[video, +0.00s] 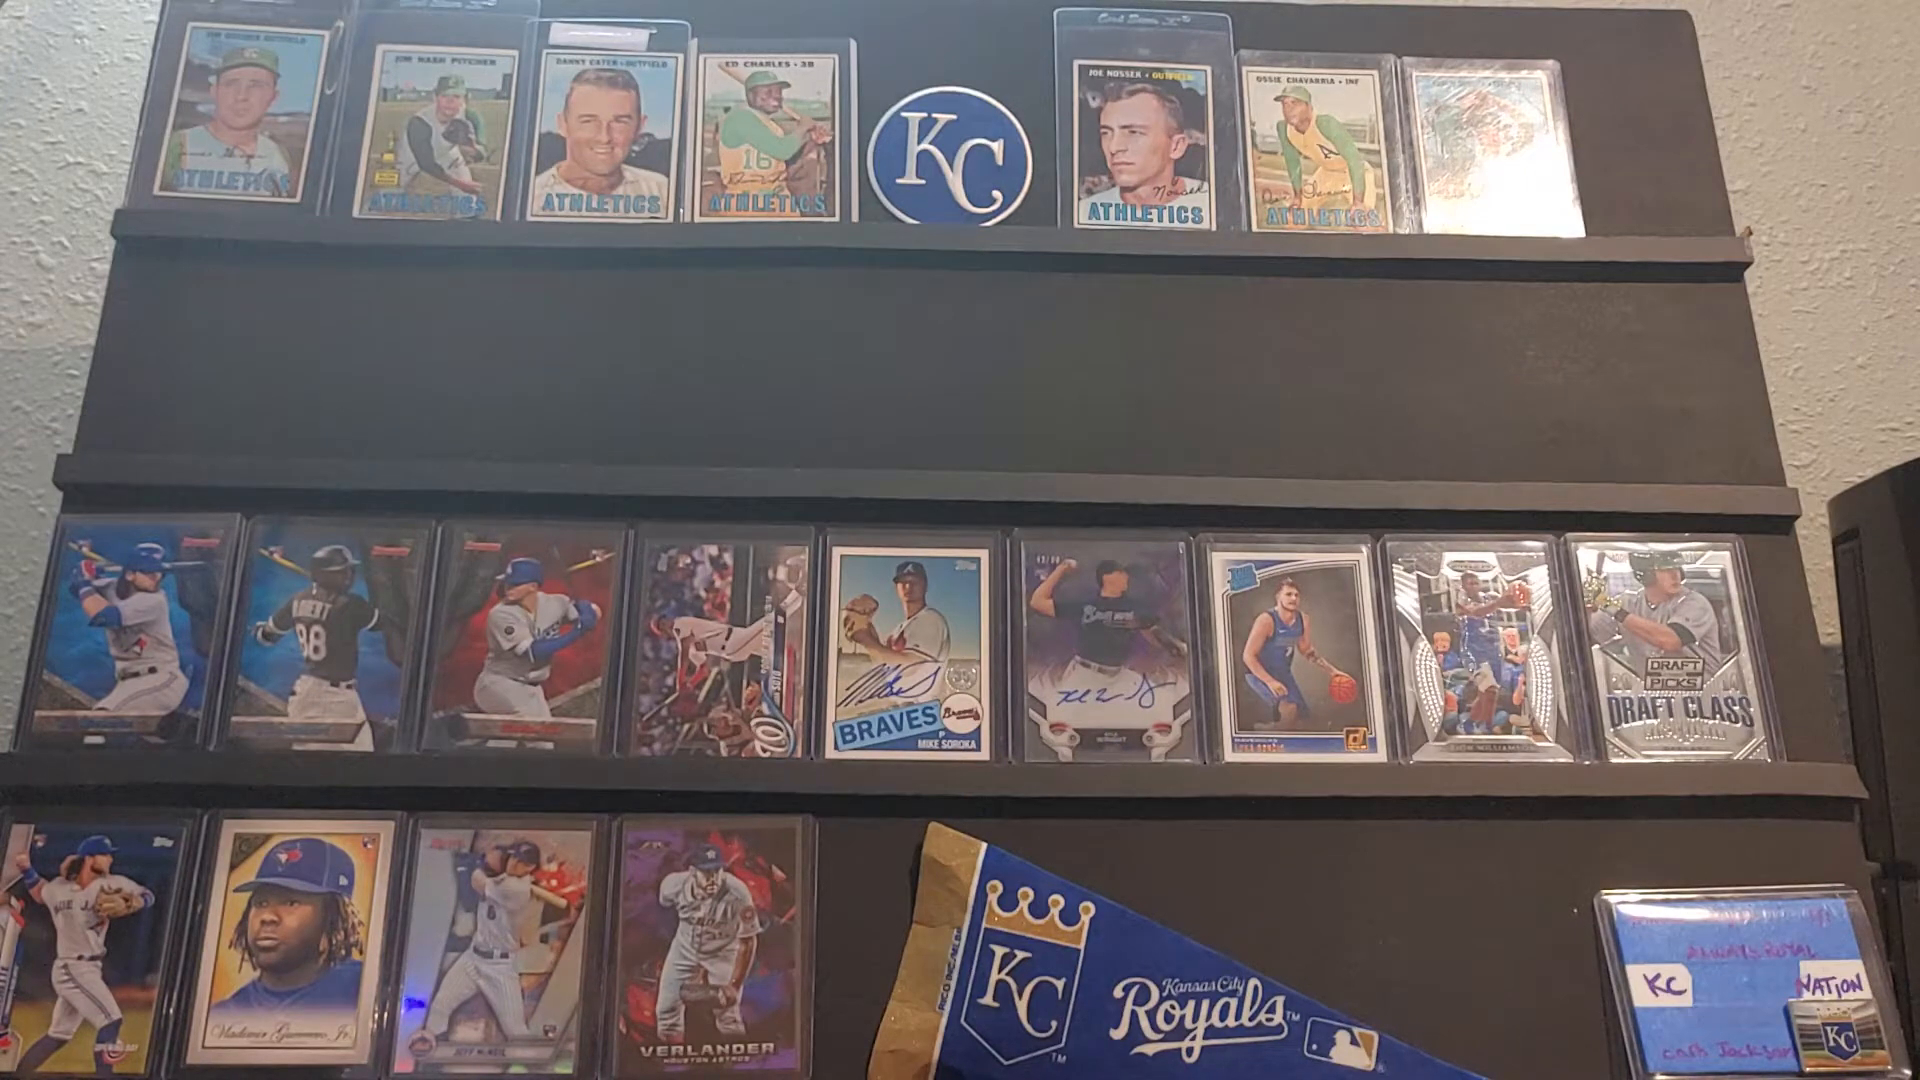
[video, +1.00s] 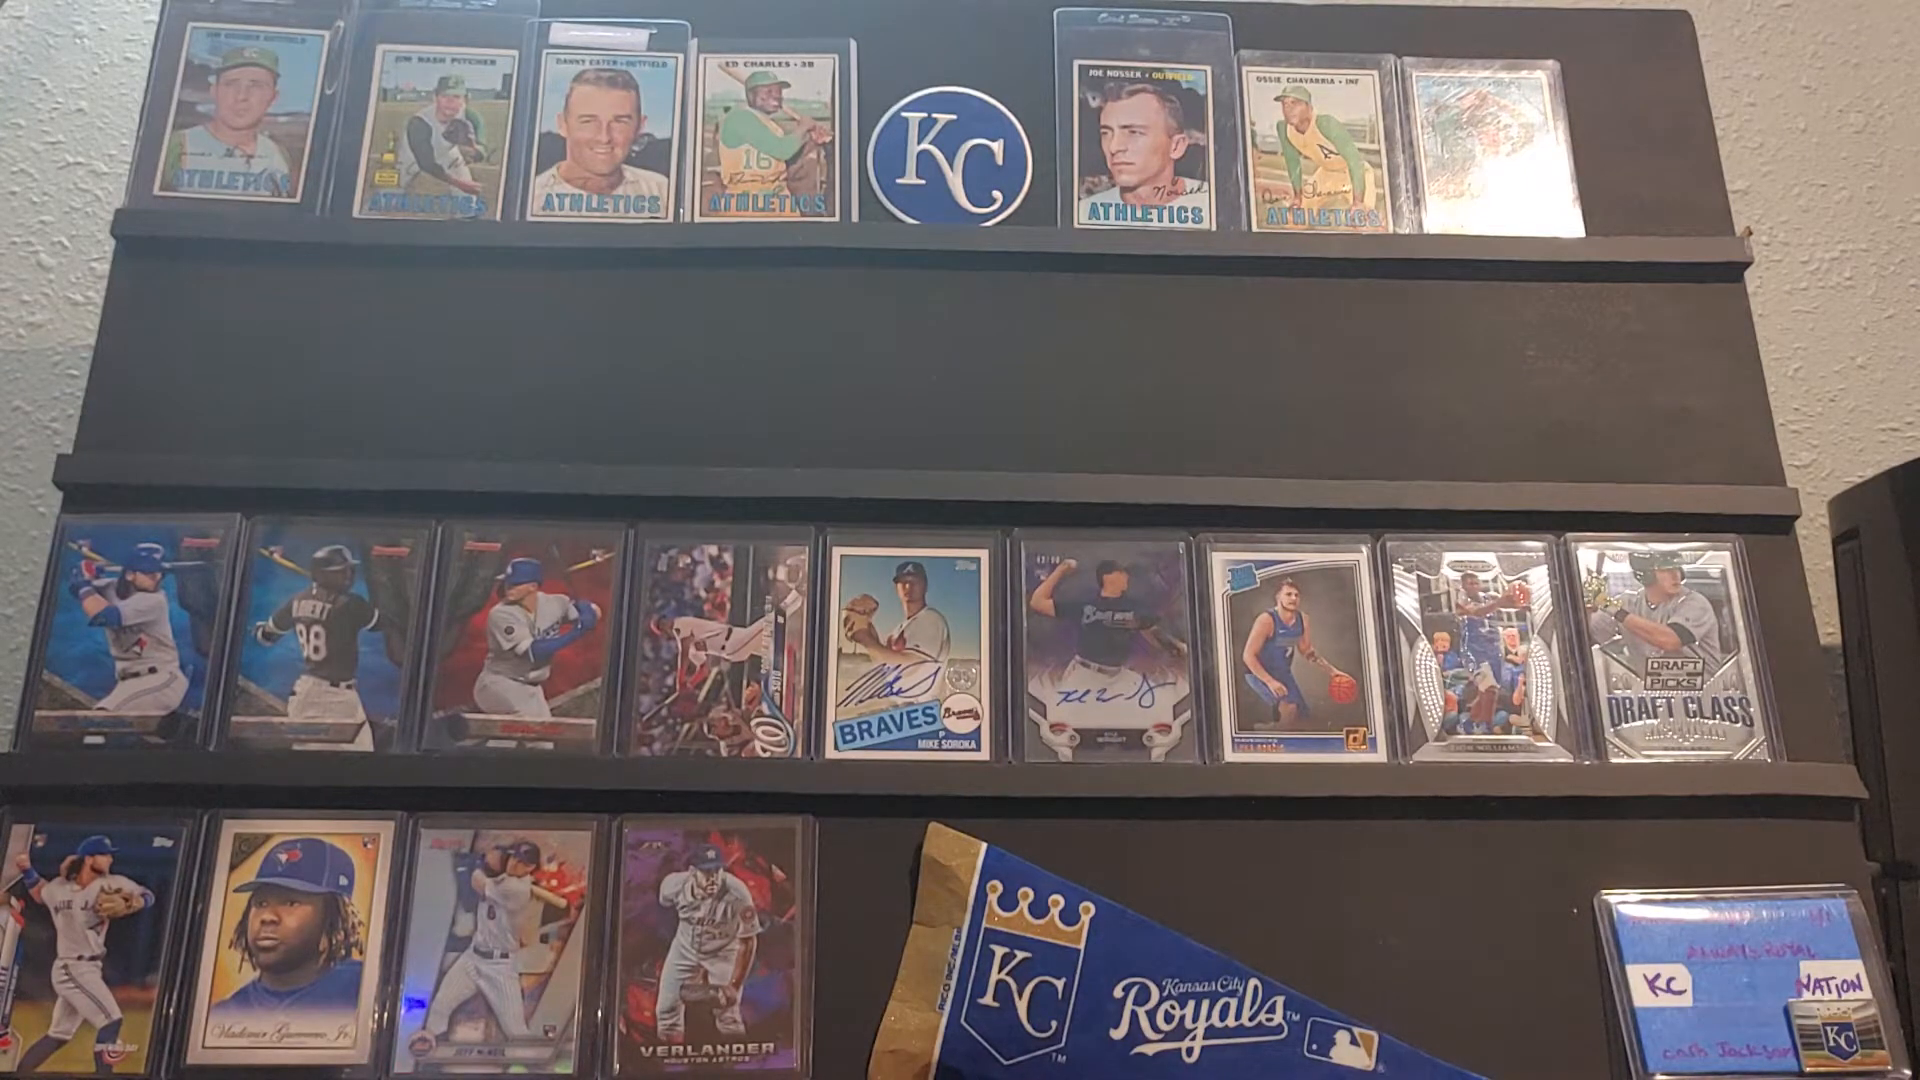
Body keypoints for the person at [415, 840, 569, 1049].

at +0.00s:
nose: (514, 865)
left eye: (521, 863)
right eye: (513, 859)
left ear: (531, 868)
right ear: (509, 858)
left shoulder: (517, 890)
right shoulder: (502, 879)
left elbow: (477, 881)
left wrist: (485, 866)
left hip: (501, 965)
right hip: (473, 957)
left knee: (515, 1030)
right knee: (441, 1004)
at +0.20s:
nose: (515, 865)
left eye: (522, 863)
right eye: (515, 859)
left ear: (531, 868)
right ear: (510, 858)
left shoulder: (517, 890)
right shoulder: (502, 879)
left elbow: (477, 881)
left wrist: (486, 865)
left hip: (500, 965)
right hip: (472, 958)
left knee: (515, 1030)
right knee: (440, 1005)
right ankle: (425, 1060)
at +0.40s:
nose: (514, 863)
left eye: (521, 861)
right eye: (514, 858)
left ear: (530, 868)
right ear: (510, 858)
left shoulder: (517, 889)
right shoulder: (503, 878)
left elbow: (477, 882)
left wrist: (481, 866)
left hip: (500, 965)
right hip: (472, 958)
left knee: (515, 1030)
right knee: (441, 1003)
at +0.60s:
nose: (513, 863)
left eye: (519, 861)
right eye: (513, 858)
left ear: (530, 868)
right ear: (509, 858)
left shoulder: (518, 889)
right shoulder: (502, 878)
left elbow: (477, 883)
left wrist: (482, 867)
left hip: (501, 965)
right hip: (473, 958)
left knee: (515, 1030)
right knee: (440, 1004)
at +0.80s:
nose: (514, 864)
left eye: (521, 862)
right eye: (514, 858)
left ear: (530, 868)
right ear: (510, 858)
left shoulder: (517, 889)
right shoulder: (503, 879)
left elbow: (477, 882)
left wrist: (482, 865)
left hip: (500, 965)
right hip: (472, 958)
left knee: (515, 1030)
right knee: (440, 1005)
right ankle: (424, 1062)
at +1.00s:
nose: (514, 864)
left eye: (521, 862)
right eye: (514, 859)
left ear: (530, 868)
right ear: (510, 858)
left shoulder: (517, 889)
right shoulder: (503, 879)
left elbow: (477, 882)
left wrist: (483, 865)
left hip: (500, 965)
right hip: (472, 958)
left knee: (515, 1029)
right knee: (440, 1005)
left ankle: (536, 1070)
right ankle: (424, 1062)